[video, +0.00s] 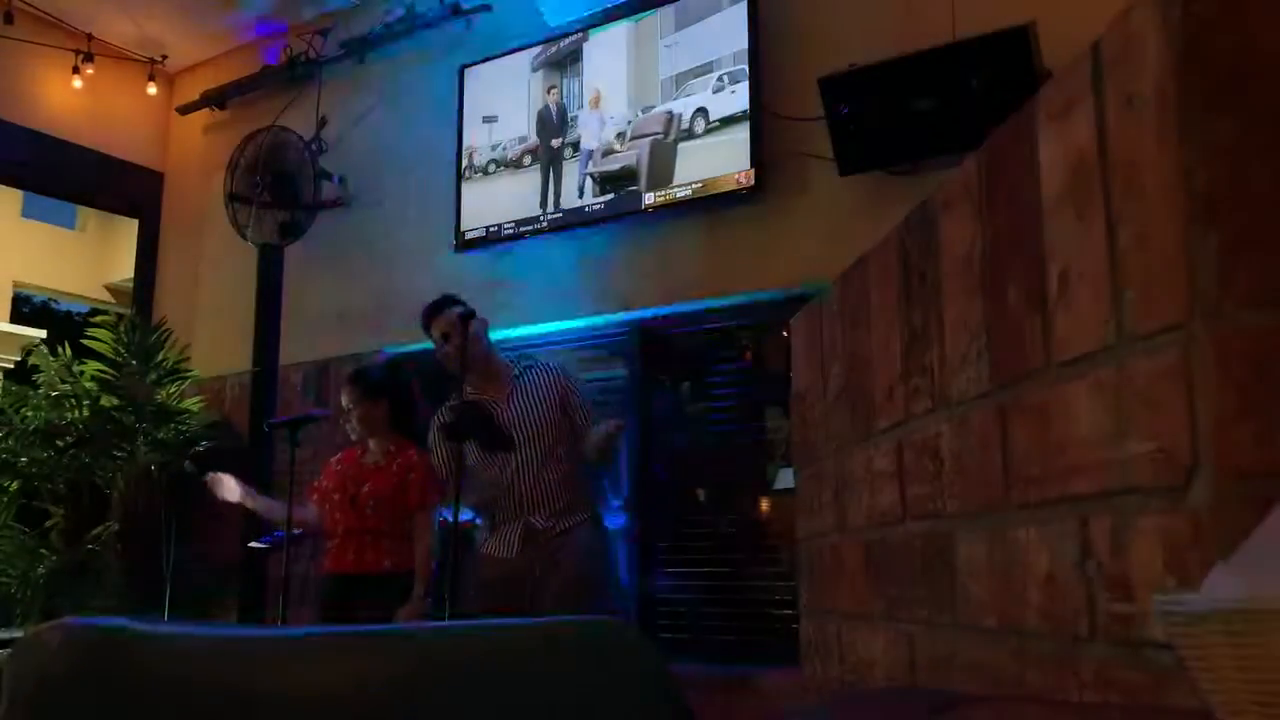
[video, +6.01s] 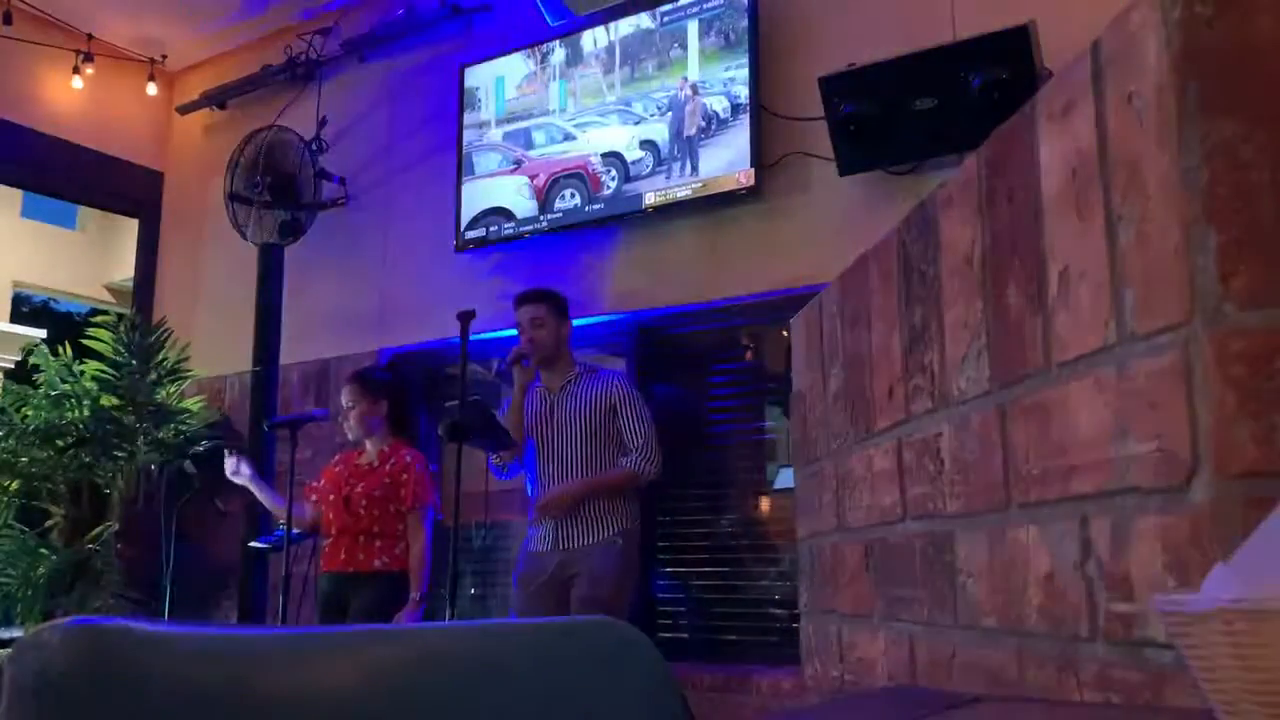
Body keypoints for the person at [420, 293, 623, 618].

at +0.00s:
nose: (460, 340)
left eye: (463, 326)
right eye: (447, 339)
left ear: (482, 324)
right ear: (442, 356)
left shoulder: (549, 378)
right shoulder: (448, 422)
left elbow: (589, 448)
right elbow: (446, 500)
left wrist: (604, 439)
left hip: (572, 538)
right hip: (501, 549)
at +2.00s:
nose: (606, 302)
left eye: (621, 297)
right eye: (604, 295)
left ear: (649, 315)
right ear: (597, 307)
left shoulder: (665, 385)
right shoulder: (596, 391)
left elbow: (691, 479)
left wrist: (608, 470)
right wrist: (553, 488)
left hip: (629, 555)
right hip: (571, 553)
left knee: (628, 674)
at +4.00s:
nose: (596, 312)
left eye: (606, 302)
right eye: (589, 306)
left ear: (636, 310)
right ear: (585, 319)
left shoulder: (683, 380)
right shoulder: (582, 394)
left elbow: (734, 455)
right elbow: (571, 484)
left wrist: (702, 457)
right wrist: (560, 442)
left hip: (660, 542)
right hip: (590, 541)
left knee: (651, 668)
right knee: (563, 647)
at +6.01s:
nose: (527, 337)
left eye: (537, 325)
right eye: (521, 329)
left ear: (565, 328)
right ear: (518, 335)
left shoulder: (612, 387)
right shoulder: (523, 399)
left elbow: (645, 462)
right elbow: (501, 462)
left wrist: (571, 493)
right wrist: (518, 391)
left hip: (602, 545)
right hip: (540, 548)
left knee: (588, 657)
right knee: (531, 656)